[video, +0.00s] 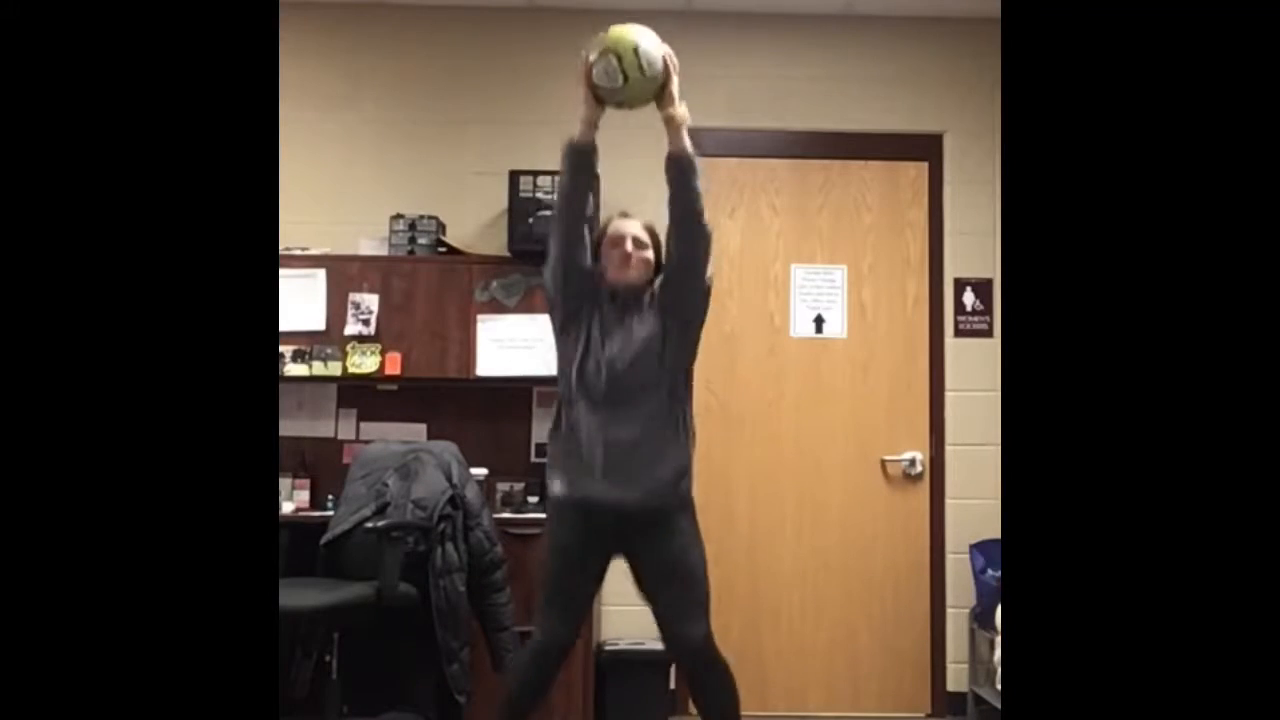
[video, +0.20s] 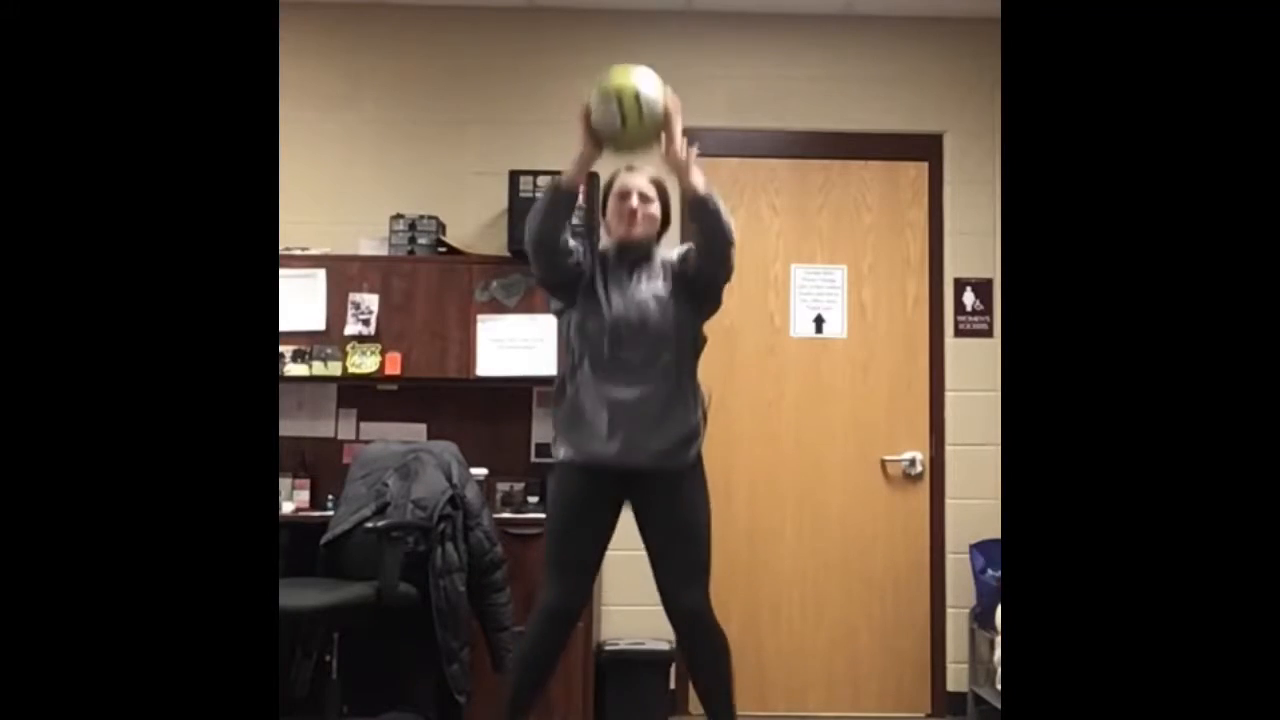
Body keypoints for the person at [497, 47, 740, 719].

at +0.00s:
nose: (630, 248)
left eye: (641, 242)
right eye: (618, 241)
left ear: (657, 262)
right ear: (596, 260)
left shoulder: (675, 317)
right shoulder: (577, 314)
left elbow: (691, 232)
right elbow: (570, 222)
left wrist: (675, 122)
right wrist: (588, 118)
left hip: (659, 507)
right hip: (580, 506)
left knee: (693, 646)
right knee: (549, 644)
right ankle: (505, 713)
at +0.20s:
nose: (635, 203)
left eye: (647, 197)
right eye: (623, 195)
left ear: (664, 217)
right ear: (603, 213)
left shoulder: (684, 277)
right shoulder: (579, 273)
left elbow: (716, 250)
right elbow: (540, 245)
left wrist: (685, 167)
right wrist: (580, 162)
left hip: (669, 461)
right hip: (586, 459)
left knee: (690, 609)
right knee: (560, 602)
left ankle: (723, 717)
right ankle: (513, 710)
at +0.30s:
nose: (633, 201)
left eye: (645, 191)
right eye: (621, 191)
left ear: (667, 198)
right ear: (601, 199)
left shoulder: (694, 259)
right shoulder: (576, 256)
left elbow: (725, 308)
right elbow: (534, 299)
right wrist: (581, 241)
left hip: (671, 450)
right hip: (591, 447)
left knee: (676, 591)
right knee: (575, 587)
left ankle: (691, 710)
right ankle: (553, 709)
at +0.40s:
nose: (640, 213)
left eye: (651, 206)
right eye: (628, 206)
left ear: (668, 224)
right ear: (608, 222)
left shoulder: (695, 299)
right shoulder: (570, 295)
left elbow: (718, 387)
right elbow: (542, 383)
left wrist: (671, 342)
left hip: (672, 479)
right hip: (591, 478)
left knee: (664, 618)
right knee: (595, 618)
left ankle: (663, 713)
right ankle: (602, 713)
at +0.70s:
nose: (639, 186)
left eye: (651, 175)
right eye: (626, 175)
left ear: (671, 184)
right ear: (603, 183)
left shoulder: (683, 253)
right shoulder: (585, 254)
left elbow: (725, 295)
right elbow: (545, 298)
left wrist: (688, 247)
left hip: (672, 447)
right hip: (594, 447)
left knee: (671, 592)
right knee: (583, 590)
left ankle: (675, 706)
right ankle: (577, 709)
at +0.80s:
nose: (642, 196)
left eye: (654, 189)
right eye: (629, 188)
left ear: (671, 206)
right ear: (610, 205)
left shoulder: (692, 267)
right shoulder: (586, 264)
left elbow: (724, 212)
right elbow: (559, 211)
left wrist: (686, 128)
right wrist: (597, 122)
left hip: (670, 444)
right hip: (593, 443)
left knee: (685, 595)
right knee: (569, 596)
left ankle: (704, 705)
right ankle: (541, 706)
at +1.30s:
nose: (628, 215)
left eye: (641, 208)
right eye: (617, 205)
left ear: (659, 226)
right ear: (598, 220)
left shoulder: (675, 290)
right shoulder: (576, 283)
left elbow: (709, 249)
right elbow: (535, 249)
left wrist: (675, 170)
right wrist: (571, 166)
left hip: (658, 468)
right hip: (578, 466)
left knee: (680, 615)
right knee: (543, 611)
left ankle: (708, 712)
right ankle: (487, 709)